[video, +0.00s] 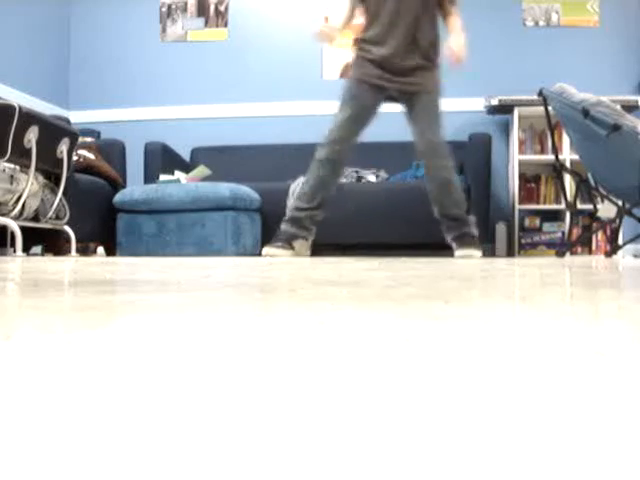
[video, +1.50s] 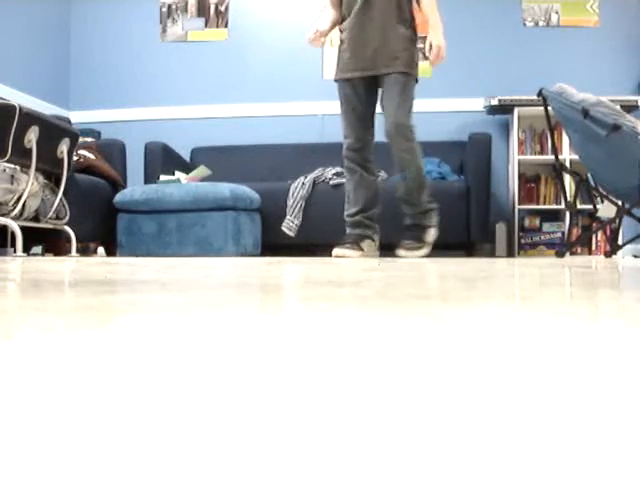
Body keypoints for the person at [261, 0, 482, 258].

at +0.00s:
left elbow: (450, 11)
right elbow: (352, 8)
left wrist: (457, 38)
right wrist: (337, 29)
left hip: (420, 68)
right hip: (371, 65)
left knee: (432, 148)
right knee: (335, 142)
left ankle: (463, 239)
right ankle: (295, 236)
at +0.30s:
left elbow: (480, 8)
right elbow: (388, 2)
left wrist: (501, 59)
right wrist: (379, 26)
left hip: (453, 46)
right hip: (410, 39)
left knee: (460, 141)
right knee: (389, 87)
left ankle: (469, 234)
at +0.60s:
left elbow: (482, 8)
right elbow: (394, 3)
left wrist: (497, 57)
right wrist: (383, 29)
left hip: (456, 52)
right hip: (411, 47)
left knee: (460, 141)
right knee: (394, 111)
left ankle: (469, 233)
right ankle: (419, 216)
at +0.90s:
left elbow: (454, 5)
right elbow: (367, 14)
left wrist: (458, 29)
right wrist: (356, 41)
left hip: (429, 57)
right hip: (383, 57)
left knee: (442, 147)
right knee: (367, 149)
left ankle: (464, 234)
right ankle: (362, 238)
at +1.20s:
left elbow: (428, 3)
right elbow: (342, 11)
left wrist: (435, 26)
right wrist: (330, 37)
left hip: (401, 44)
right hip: (356, 47)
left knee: (390, 133)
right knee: (358, 145)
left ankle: (407, 226)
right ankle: (361, 233)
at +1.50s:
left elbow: (423, 3)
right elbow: (338, 9)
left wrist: (435, 30)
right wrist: (326, 27)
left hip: (398, 39)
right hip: (351, 43)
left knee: (397, 128)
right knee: (354, 147)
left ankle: (420, 221)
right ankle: (361, 235)